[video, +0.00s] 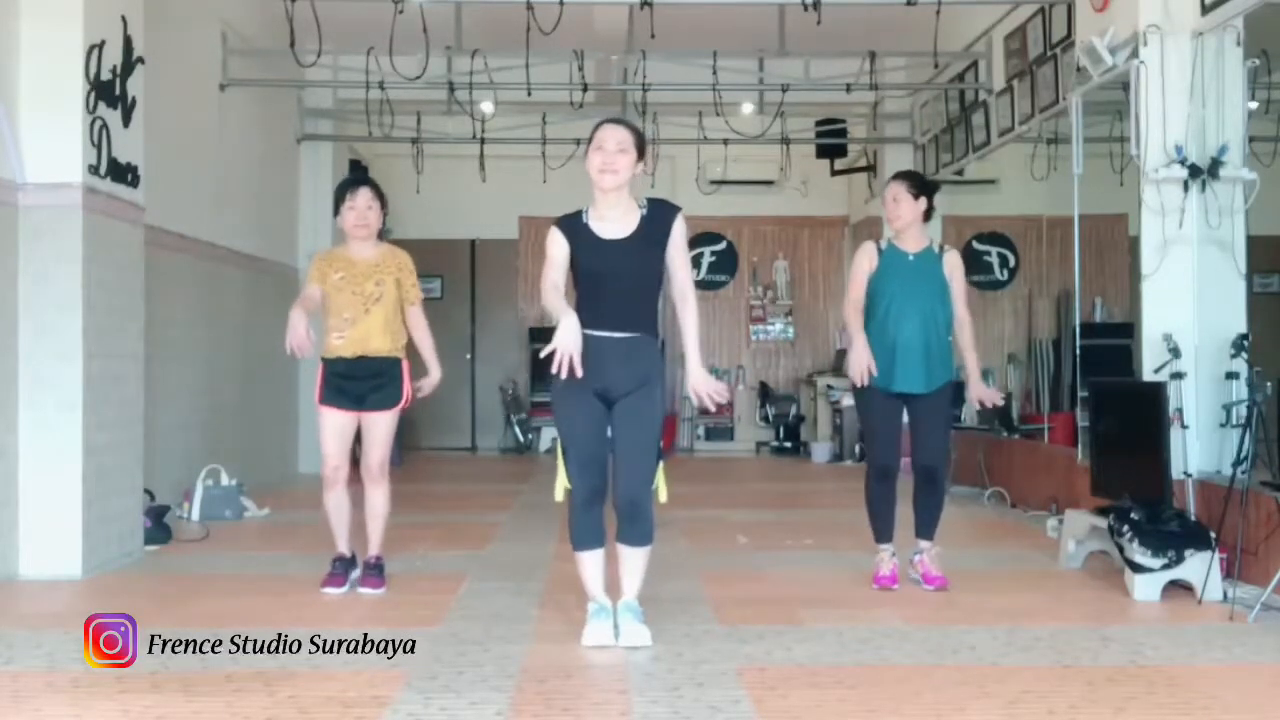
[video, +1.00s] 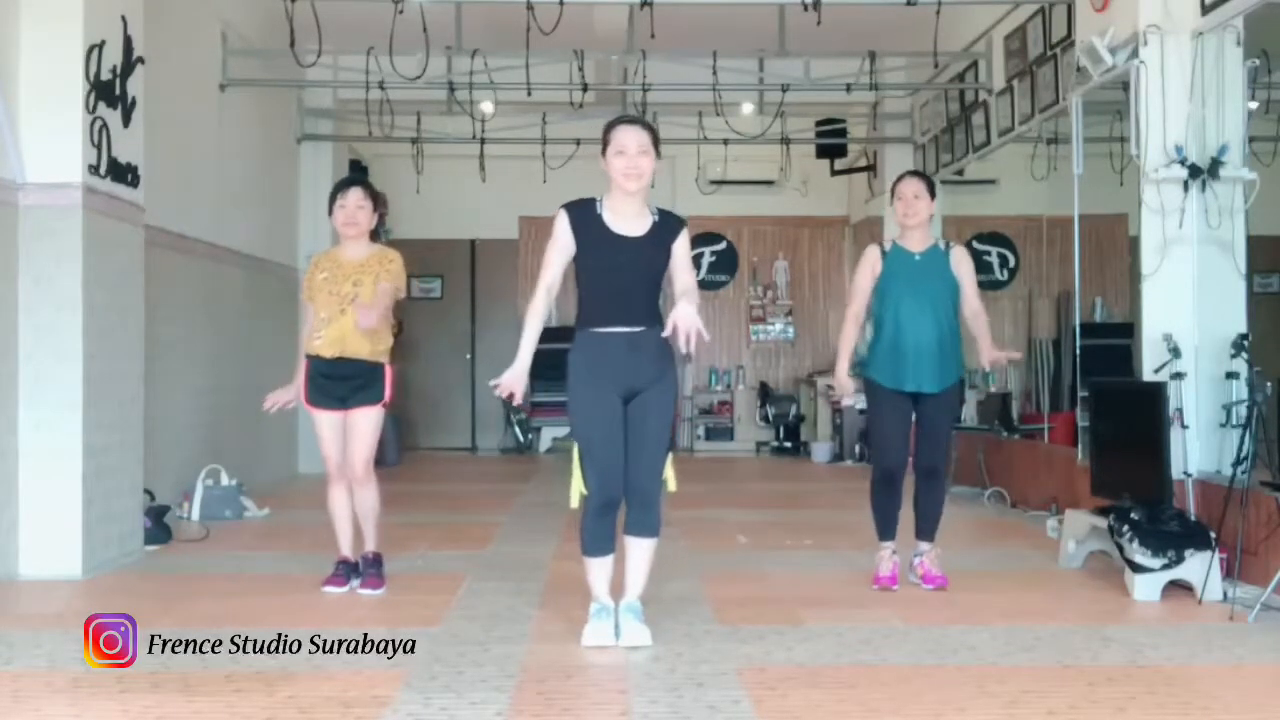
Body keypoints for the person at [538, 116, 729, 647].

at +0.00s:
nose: (608, 158)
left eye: (620, 150)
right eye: (600, 149)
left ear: (639, 162)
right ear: (586, 158)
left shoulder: (666, 220)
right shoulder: (566, 229)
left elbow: (684, 295)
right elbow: (550, 288)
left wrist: (695, 365)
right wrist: (567, 317)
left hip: (642, 370)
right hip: (578, 369)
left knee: (635, 491)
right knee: (585, 489)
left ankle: (629, 604)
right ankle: (597, 604)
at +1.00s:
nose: (631, 161)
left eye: (641, 152)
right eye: (620, 152)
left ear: (656, 162)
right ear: (603, 160)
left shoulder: (671, 227)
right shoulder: (575, 218)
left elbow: (686, 287)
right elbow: (543, 294)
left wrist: (687, 303)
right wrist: (521, 364)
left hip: (654, 363)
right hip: (593, 363)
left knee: (646, 487)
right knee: (603, 489)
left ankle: (632, 605)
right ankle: (600, 605)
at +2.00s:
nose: (607, 166)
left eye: (618, 156)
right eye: (597, 155)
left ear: (635, 165)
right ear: (582, 163)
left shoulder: (664, 220)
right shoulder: (562, 231)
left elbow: (685, 291)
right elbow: (544, 292)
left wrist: (692, 361)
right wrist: (567, 299)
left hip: (641, 368)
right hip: (576, 368)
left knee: (635, 490)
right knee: (585, 488)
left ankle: (629, 605)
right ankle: (597, 605)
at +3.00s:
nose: (624, 168)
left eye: (633, 158)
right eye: (613, 158)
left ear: (648, 167)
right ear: (595, 165)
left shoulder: (672, 228)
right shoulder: (570, 229)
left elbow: (703, 291)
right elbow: (542, 305)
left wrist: (681, 287)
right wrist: (518, 374)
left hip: (655, 367)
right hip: (592, 369)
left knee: (648, 488)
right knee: (599, 491)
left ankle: (633, 605)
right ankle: (599, 602)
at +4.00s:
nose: (594, 172)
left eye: (604, 163)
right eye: (583, 162)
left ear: (619, 173)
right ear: (565, 171)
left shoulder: (641, 231)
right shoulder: (540, 235)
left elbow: (660, 296)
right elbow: (516, 316)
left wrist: (673, 362)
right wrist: (533, 300)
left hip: (624, 370)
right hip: (559, 370)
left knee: (627, 492)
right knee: (571, 502)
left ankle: (622, 623)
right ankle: (588, 611)